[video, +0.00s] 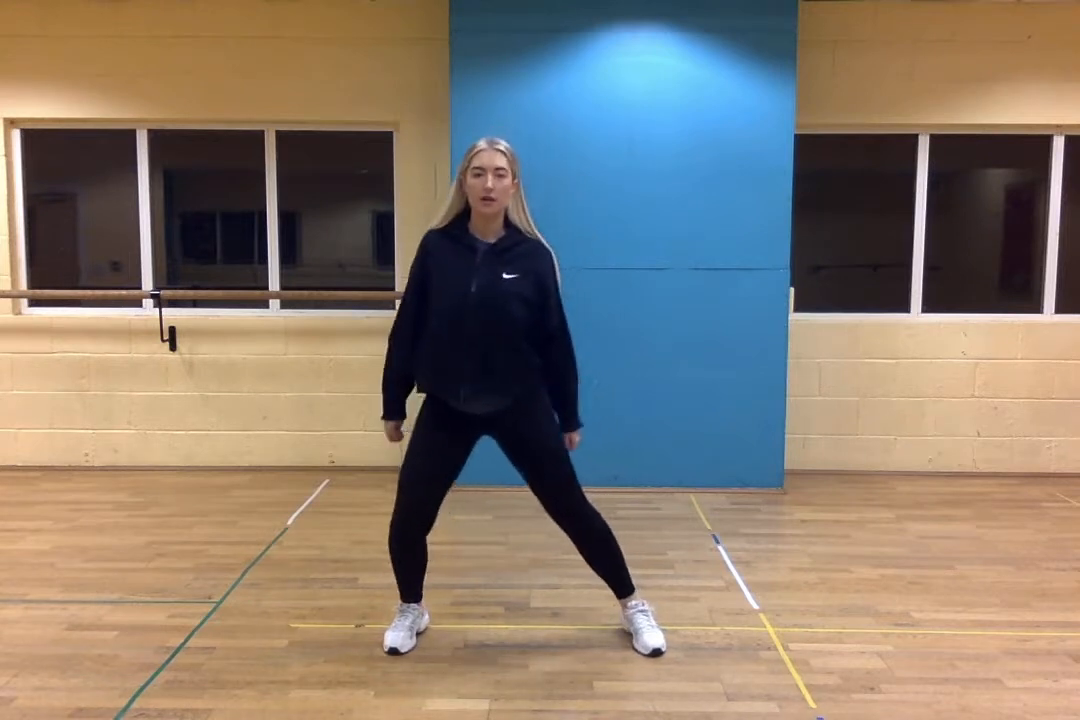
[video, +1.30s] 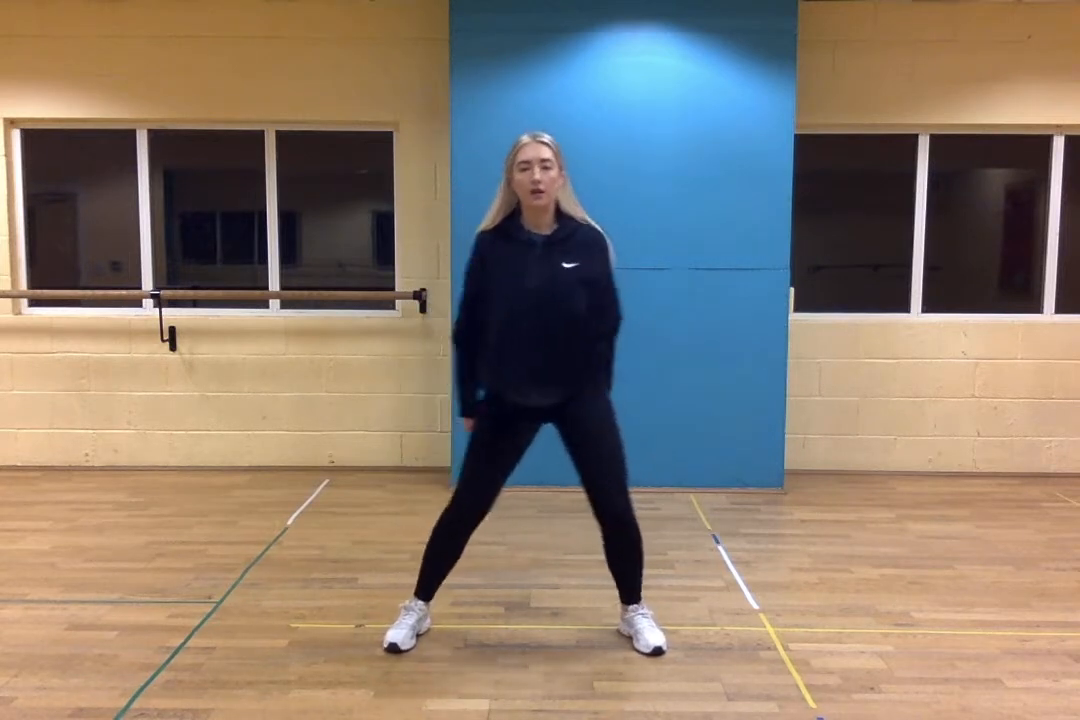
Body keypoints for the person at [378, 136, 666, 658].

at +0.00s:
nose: (489, 181)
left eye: (499, 173)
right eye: (478, 172)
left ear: (514, 184)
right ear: (463, 182)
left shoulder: (534, 255)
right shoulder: (437, 246)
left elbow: (555, 336)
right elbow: (408, 324)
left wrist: (569, 414)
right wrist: (393, 404)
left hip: (520, 405)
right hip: (447, 404)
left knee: (571, 509)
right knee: (407, 519)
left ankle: (633, 605)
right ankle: (410, 608)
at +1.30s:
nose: (537, 175)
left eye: (546, 166)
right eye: (526, 167)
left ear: (561, 175)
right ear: (511, 179)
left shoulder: (588, 240)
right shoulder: (491, 242)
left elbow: (607, 316)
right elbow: (469, 323)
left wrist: (596, 383)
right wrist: (469, 400)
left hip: (580, 390)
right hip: (510, 392)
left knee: (614, 505)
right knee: (468, 504)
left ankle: (634, 610)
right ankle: (417, 607)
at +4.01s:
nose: (517, 183)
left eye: (526, 173)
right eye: (506, 174)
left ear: (539, 182)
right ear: (490, 184)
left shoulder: (562, 248)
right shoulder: (466, 248)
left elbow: (581, 327)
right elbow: (439, 324)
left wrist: (583, 400)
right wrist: (433, 404)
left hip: (554, 400)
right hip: (482, 401)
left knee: (594, 506)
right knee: (437, 509)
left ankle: (633, 608)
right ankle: (412, 608)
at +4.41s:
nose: (559, 192)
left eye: (568, 182)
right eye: (548, 184)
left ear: (583, 192)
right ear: (533, 195)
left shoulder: (610, 256)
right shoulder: (513, 259)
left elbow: (637, 335)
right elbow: (498, 335)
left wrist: (662, 411)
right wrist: (504, 401)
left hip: (601, 408)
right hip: (528, 408)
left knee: (637, 514)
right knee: (469, 507)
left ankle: (638, 610)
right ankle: (421, 606)